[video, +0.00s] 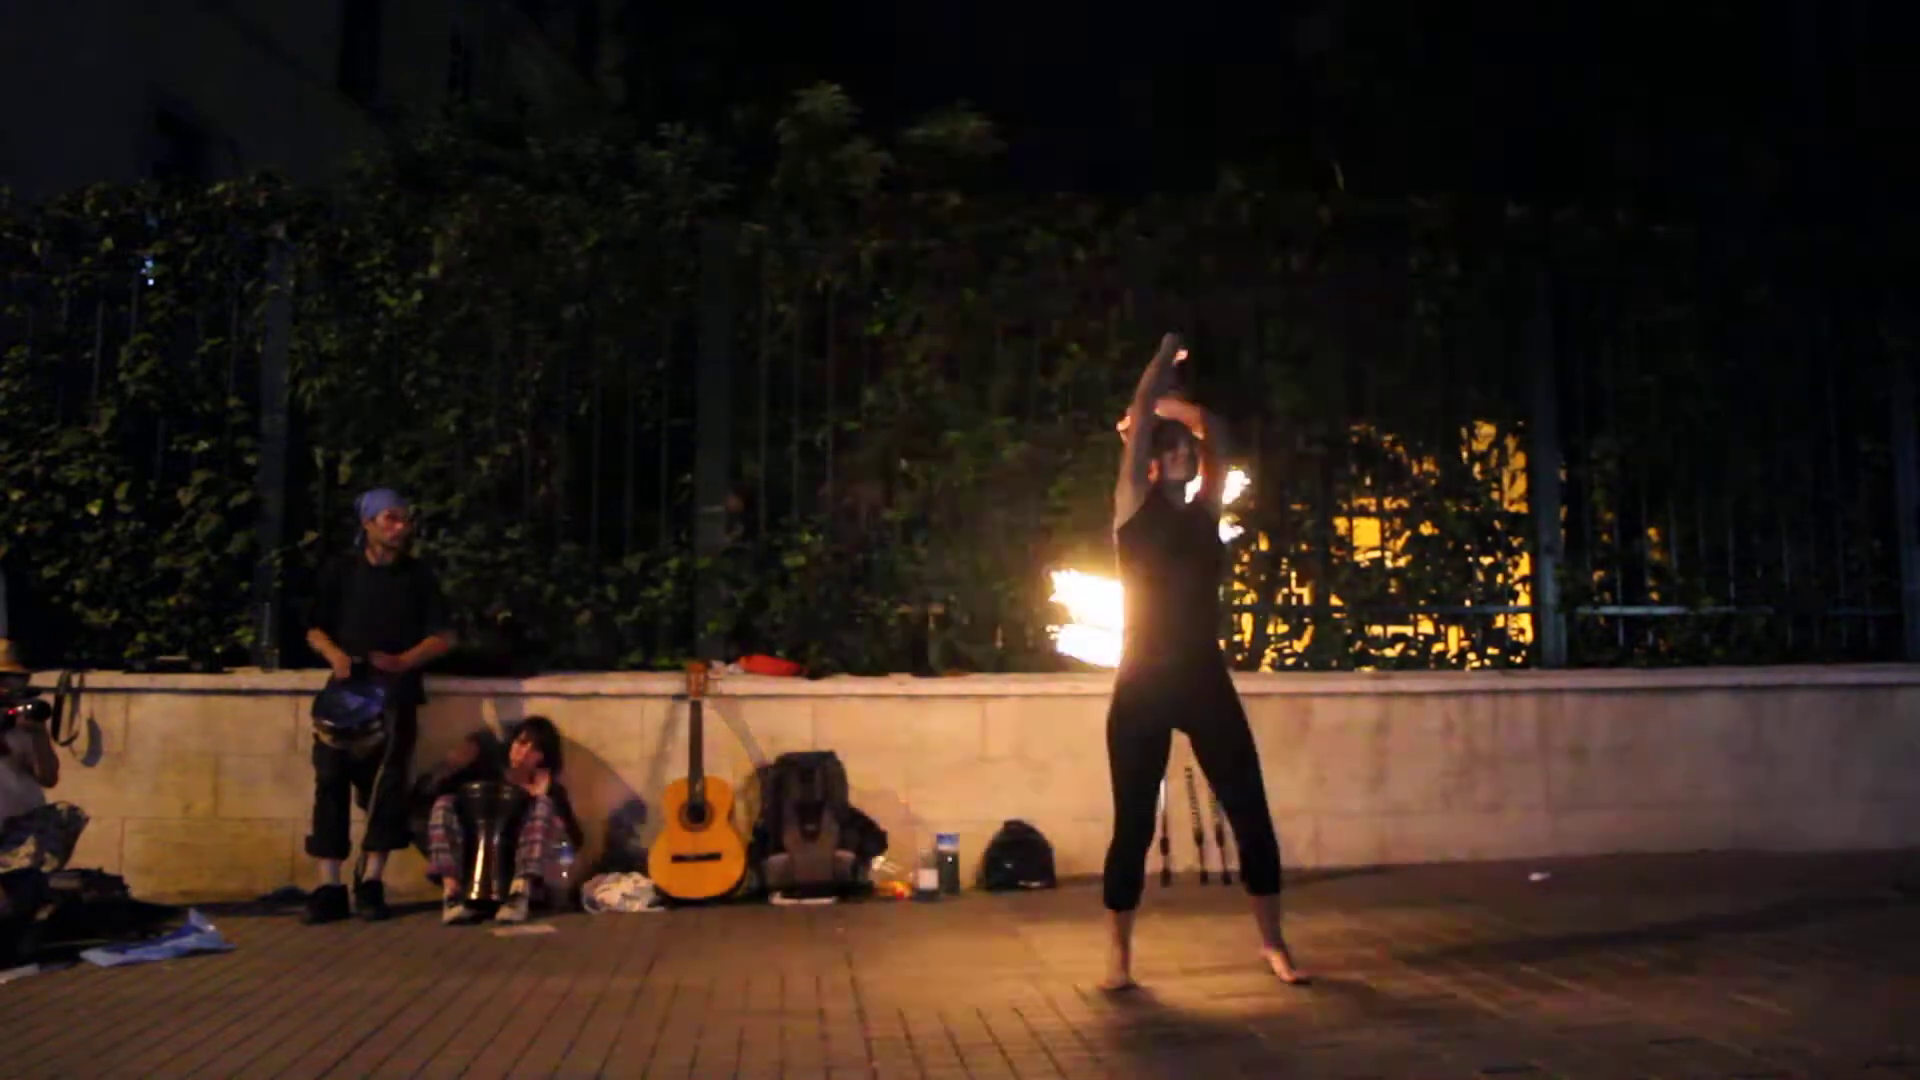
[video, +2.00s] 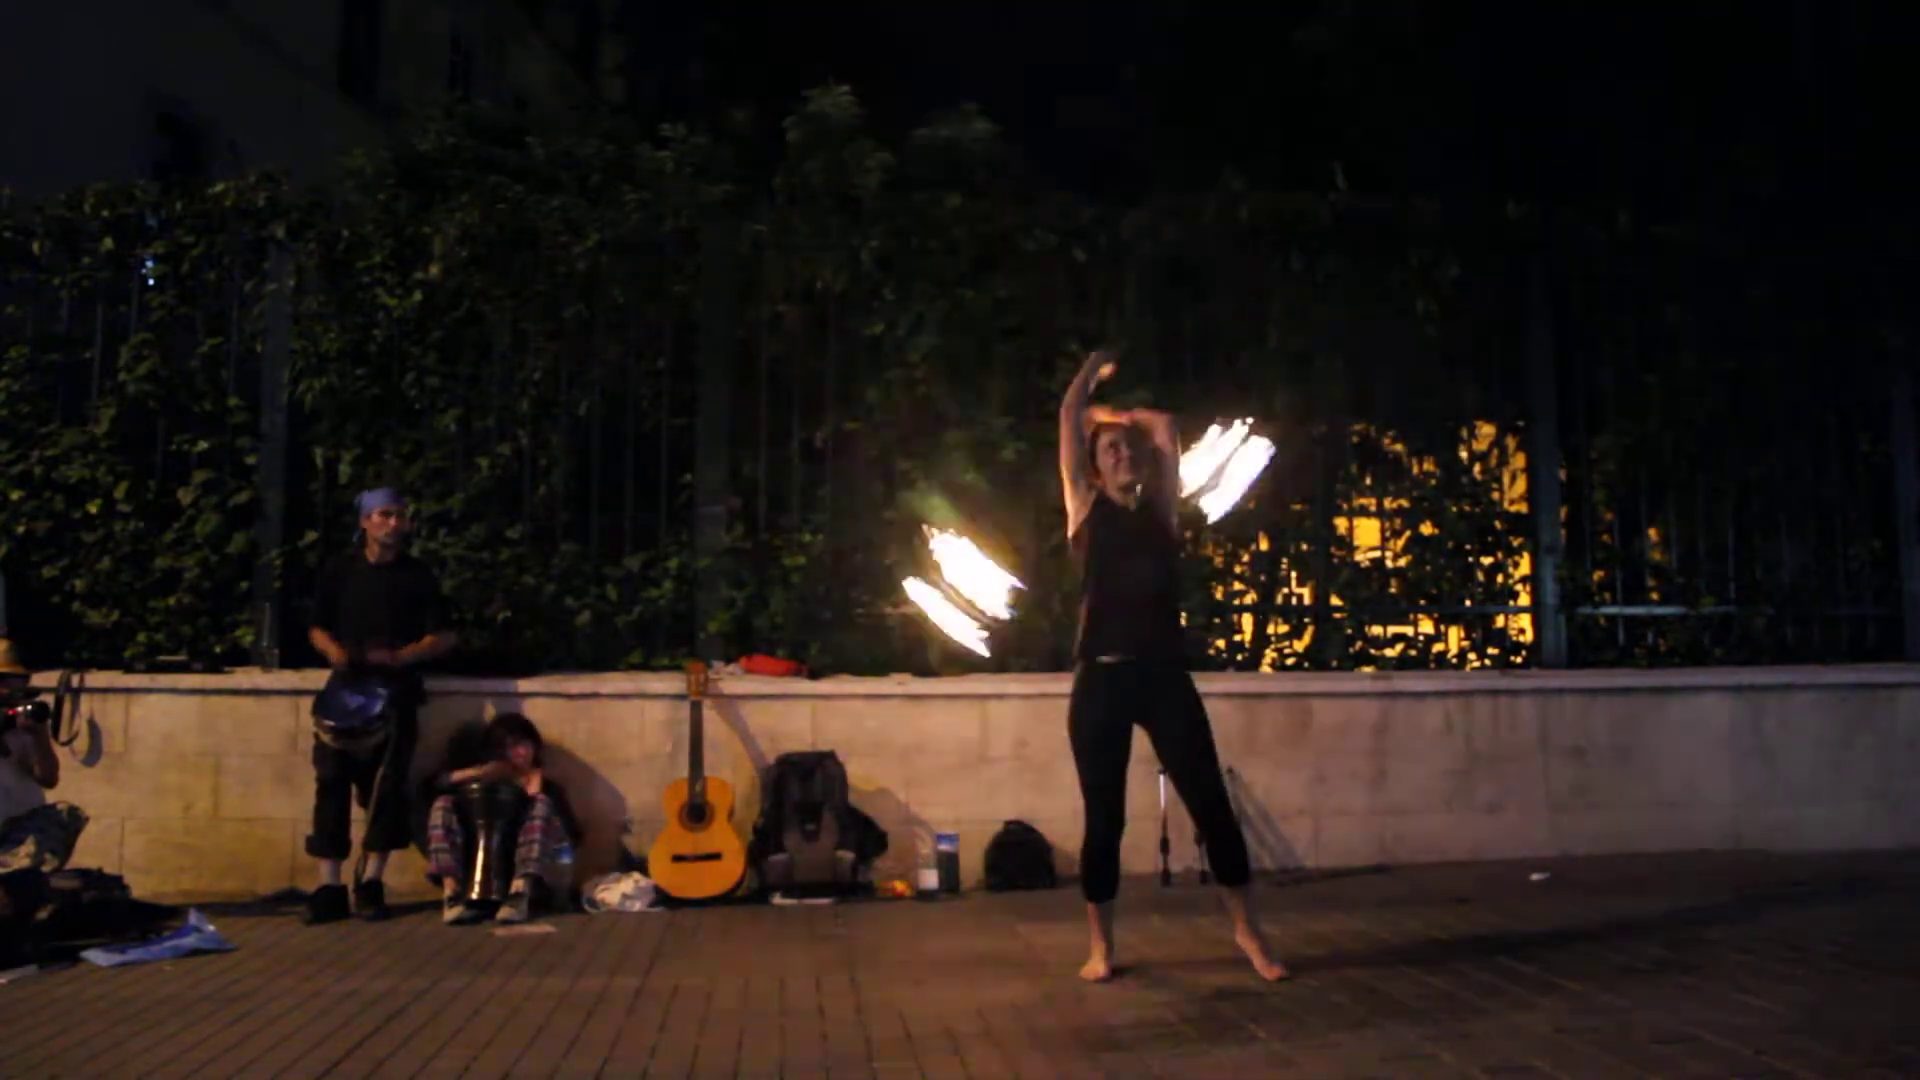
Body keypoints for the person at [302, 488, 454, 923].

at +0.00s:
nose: (401, 527)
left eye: (405, 520)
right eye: (392, 519)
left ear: (409, 526)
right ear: (368, 524)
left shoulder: (418, 576)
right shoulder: (340, 572)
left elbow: (443, 636)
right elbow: (314, 628)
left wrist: (401, 662)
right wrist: (335, 656)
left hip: (395, 694)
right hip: (343, 690)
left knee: (388, 784)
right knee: (331, 783)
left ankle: (371, 880)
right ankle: (330, 882)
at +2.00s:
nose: (394, 523)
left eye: (399, 516)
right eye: (385, 516)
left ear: (406, 523)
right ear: (365, 522)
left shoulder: (418, 575)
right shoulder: (339, 572)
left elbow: (441, 637)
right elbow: (315, 627)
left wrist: (397, 657)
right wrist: (337, 654)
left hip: (396, 691)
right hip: (345, 688)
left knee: (389, 783)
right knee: (331, 782)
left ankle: (371, 881)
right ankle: (330, 883)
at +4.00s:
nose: (403, 524)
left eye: (405, 517)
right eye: (394, 517)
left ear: (406, 524)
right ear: (369, 522)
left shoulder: (418, 574)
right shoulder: (340, 571)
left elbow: (443, 637)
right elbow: (316, 629)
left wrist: (397, 667)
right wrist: (336, 658)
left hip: (396, 696)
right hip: (344, 692)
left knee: (388, 785)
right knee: (330, 784)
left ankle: (371, 880)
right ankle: (330, 883)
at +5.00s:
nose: (403, 525)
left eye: (405, 518)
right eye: (394, 517)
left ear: (407, 524)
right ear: (369, 522)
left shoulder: (417, 575)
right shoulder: (340, 571)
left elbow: (443, 636)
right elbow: (317, 627)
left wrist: (401, 660)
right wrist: (336, 658)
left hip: (396, 693)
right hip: (344, 690)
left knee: (389, 783)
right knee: (331, 782)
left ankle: (371, 880)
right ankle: (330, 882)